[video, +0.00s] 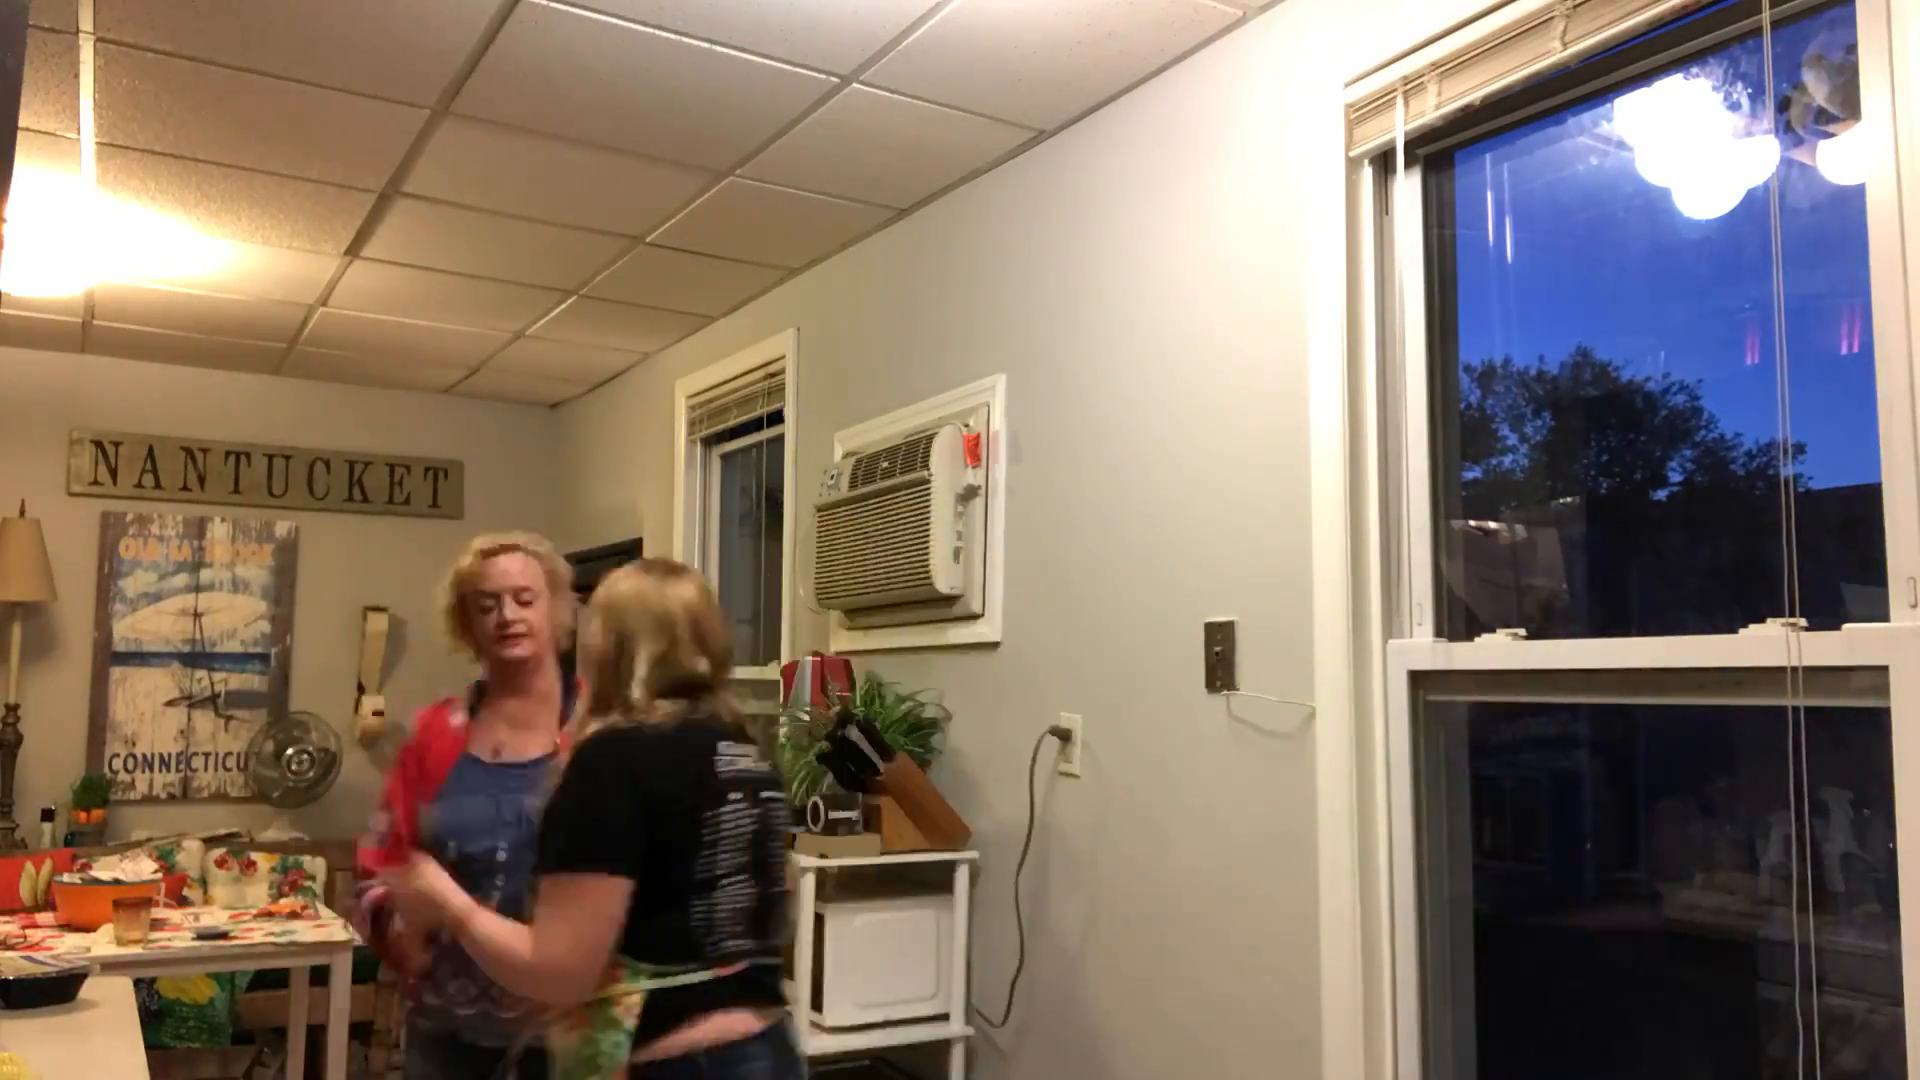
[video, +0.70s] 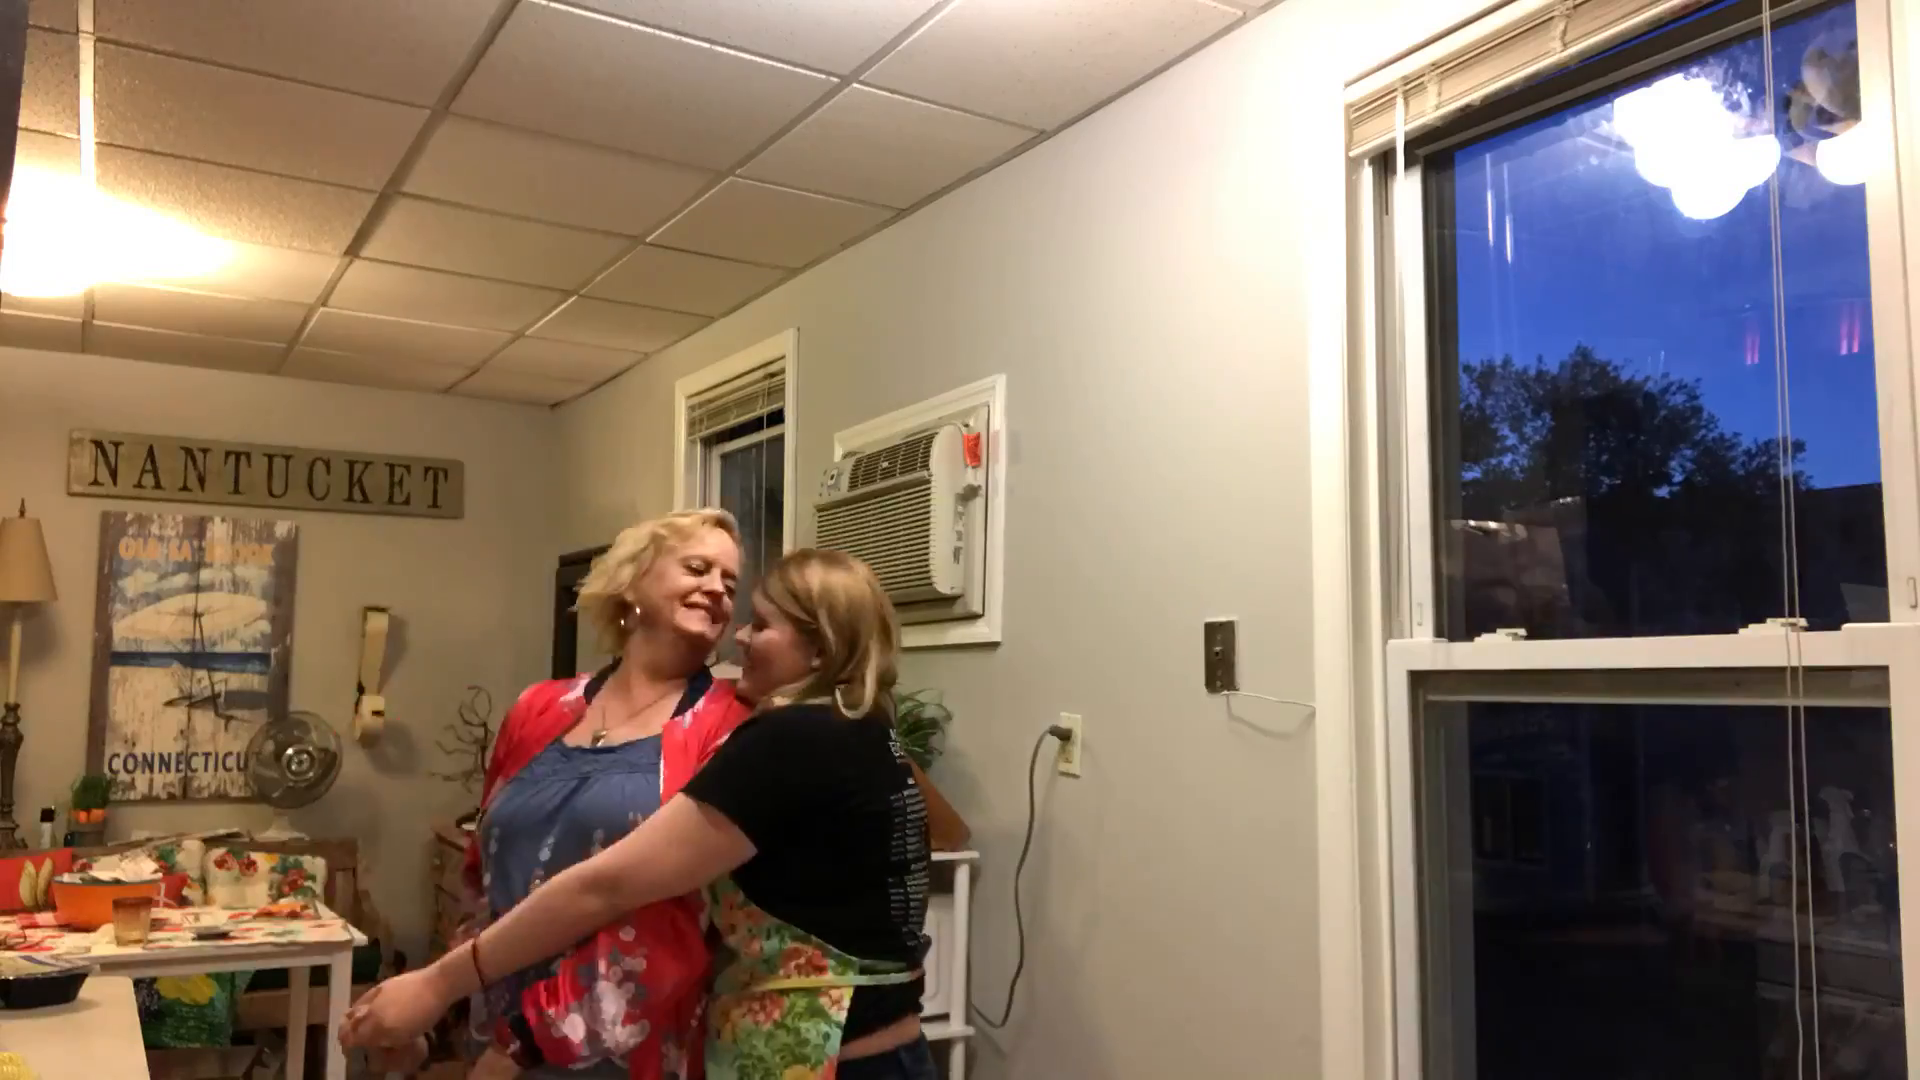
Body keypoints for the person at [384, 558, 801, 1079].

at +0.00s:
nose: (585, 647)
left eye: (592, 630)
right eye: (489, 605)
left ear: (610, 644)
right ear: (708, 639)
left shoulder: (617, 758)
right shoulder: (746, 750)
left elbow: (560, 976)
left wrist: (448, 904)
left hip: (670, 1054)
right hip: (765, 1041)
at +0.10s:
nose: (707, 637)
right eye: (713, 616)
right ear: (825, 630)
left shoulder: (740, 760)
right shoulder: (864, 737)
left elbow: (598, 955)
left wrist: (495, 923)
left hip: (762, 1063)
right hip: (873, 1052)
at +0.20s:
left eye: (713, 631)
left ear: (727, 642)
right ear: (840, 631)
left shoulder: (702, 767)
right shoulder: (913, 737)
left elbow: (543, 911)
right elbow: (1015, 770)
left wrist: (496, 910)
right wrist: (929, 808)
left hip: (795, 1055)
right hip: (928, 1048)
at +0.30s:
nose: (755, 638)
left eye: (763, 620)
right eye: (759, 619)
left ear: (783, 633)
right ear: (878, 632)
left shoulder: (781, 748)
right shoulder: (913, 751)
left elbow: (578, 858)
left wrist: (675, 757)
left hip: (774, 1058)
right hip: (887, 1049)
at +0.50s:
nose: (710, 638)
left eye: (719, 618)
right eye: (715, 617)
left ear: (751, 626)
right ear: (828, 626)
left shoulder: (766, 724)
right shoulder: (863, 737)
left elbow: (552, 789)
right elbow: (948, 833)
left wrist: (547, 713)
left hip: (810, 1063)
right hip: (883, 1053)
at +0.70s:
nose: (718, 589)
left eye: (730, 582)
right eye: (696, 568)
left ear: (732, 607)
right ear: (632, 582)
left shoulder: (730, 719)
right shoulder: (538, 706)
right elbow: (483, 865)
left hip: (644, 1039)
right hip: (510, 1029)